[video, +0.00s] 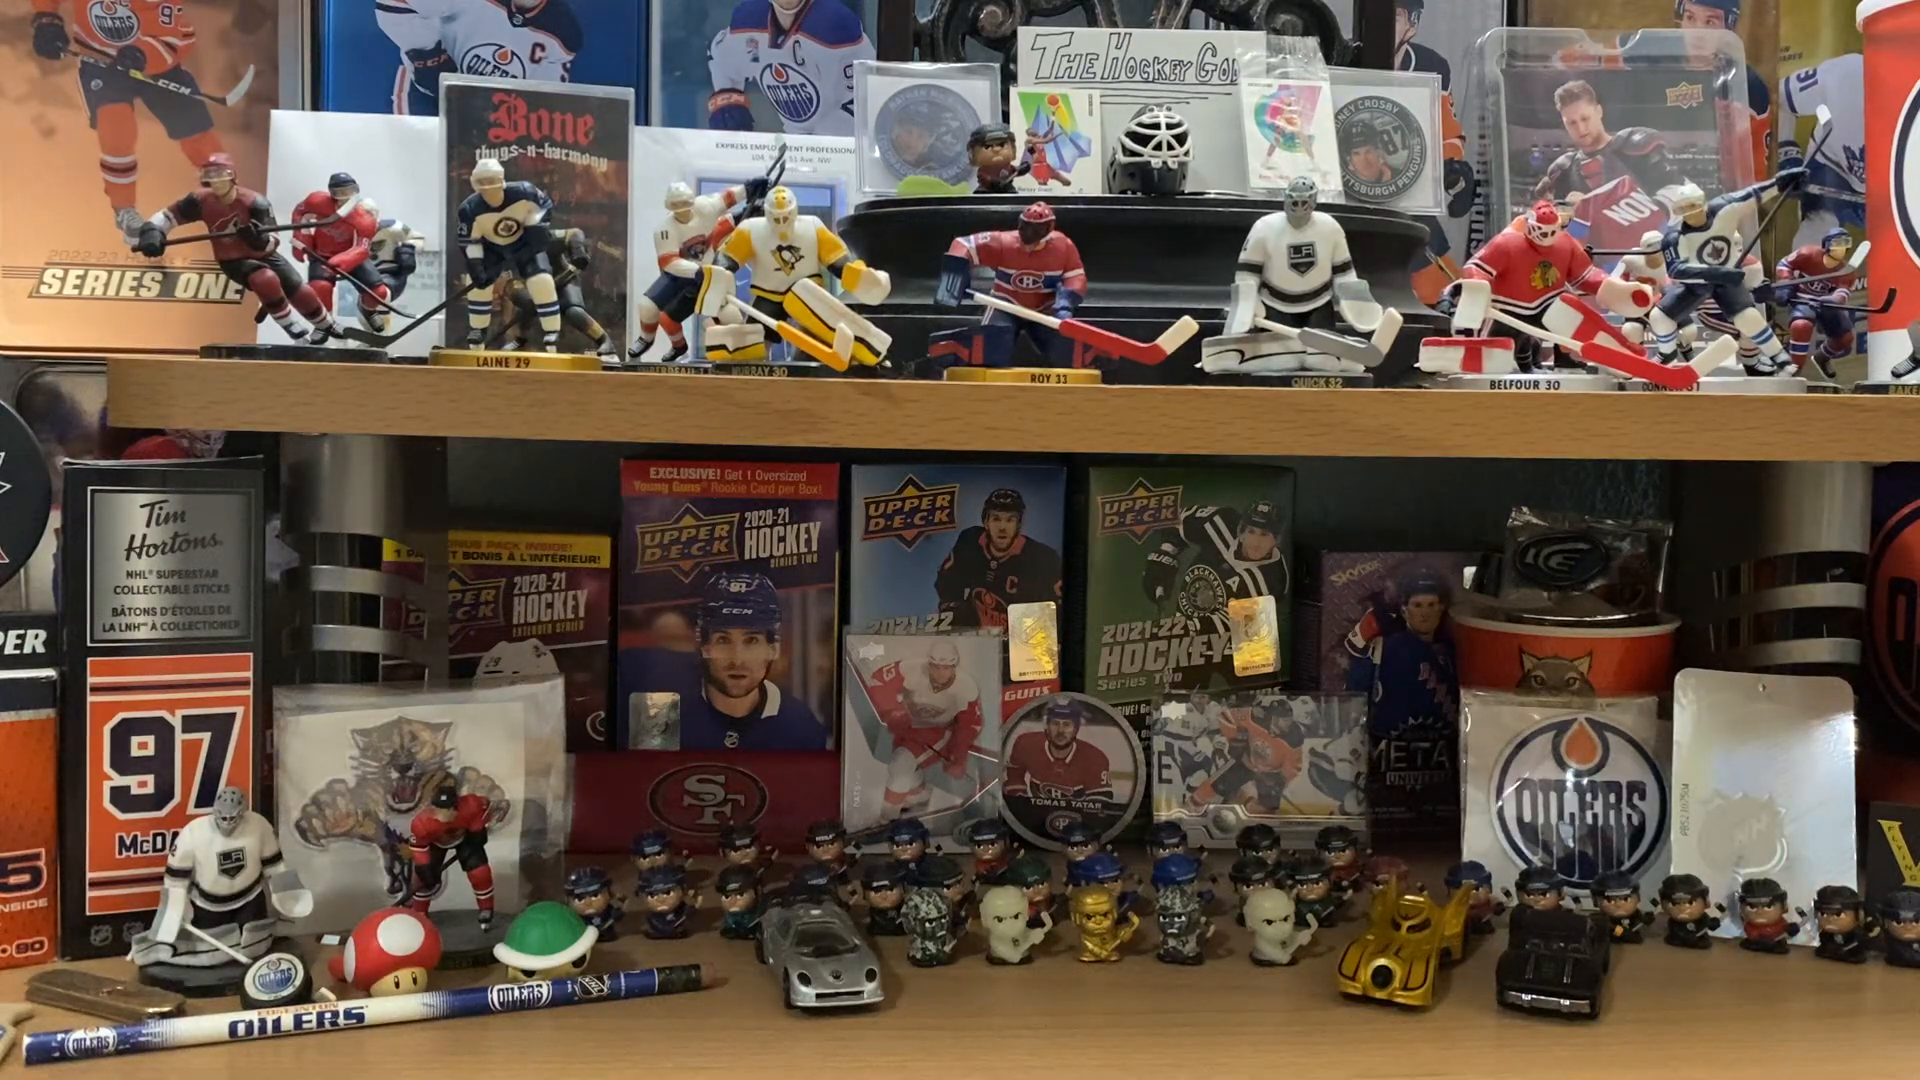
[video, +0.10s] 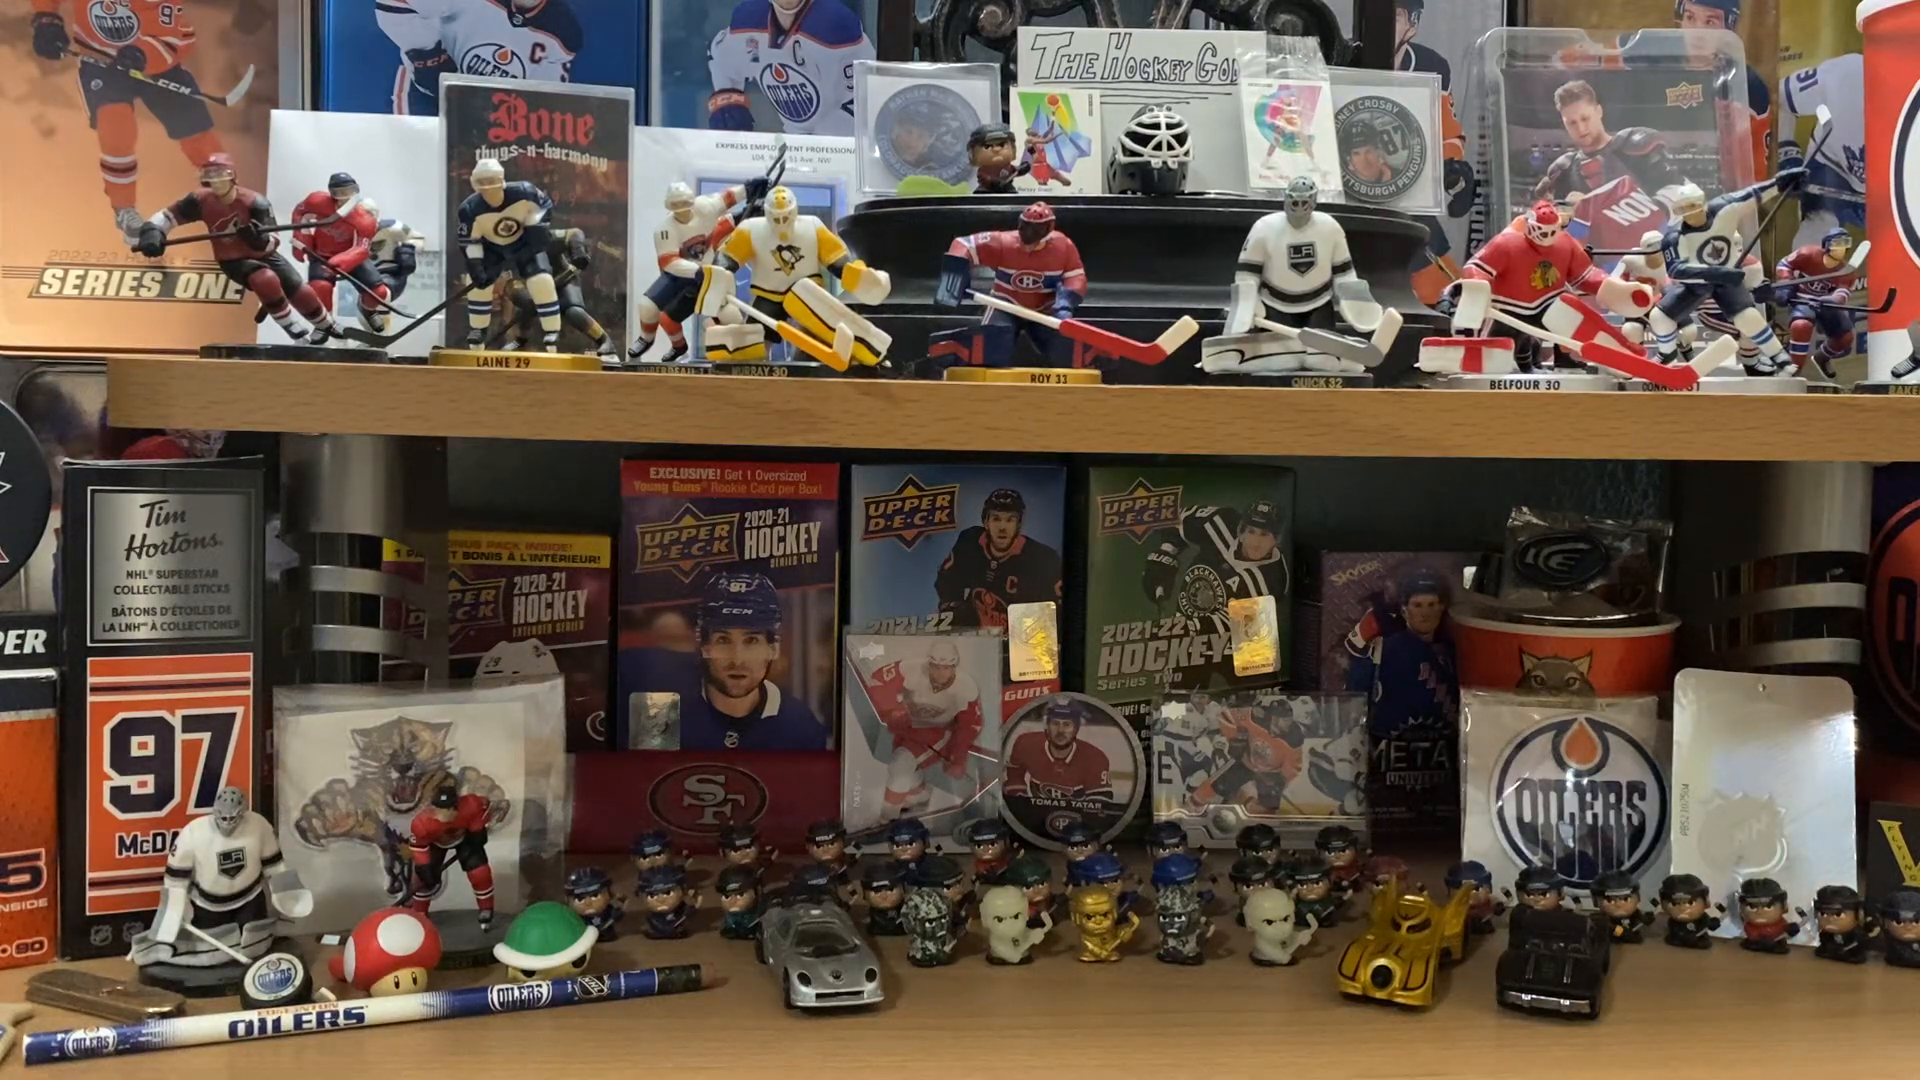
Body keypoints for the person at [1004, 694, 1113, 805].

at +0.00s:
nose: (1060, 730)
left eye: (1066, 724)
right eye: (1055, 724)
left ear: (1076, 729)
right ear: (1047, 726)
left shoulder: (1095, 758)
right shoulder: (1025, 744)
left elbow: (1099, 802)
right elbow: (1014, 777)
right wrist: (1021, 804)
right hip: (1034, 811)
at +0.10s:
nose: (1060, 730)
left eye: (1066, 725)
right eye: (1055, 724)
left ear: (1076, 729)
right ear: (1047, 727)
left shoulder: (1095, 758)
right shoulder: (1026, 744)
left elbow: (1100, 801)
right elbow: (1014, 777)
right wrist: (1021, 804)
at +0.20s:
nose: (1060, 730)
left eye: (1066, 724)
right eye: (1055, 724)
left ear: (1076, 729)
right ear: (1046, 726)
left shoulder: (1095, 758)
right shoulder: (1025, 744)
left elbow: (1099, 803)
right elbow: (1014, 779)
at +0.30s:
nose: (1060, 731)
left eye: (1066, 725)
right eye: (1055, 724)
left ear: (1076, 729)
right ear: (1047, 726)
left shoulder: (1095, 759)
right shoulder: (1025, 744)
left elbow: (1099, 803)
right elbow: (1014, 778)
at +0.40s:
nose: (1060, 730)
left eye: (1066, 724)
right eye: (1055, 724)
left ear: (1076, 729)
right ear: (1047, 726)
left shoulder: (1095, 758)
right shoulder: (1025, 744)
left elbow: (1099, 801)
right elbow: (1014, 778)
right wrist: (1023, 806)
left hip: (1075, 816)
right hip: (1034, 812)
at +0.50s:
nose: (1060, 730)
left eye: (1067, 724)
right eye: (1055, 724)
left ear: (1076, 729)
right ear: (1047, 726)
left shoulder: (1095, 758)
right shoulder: (1025, 744)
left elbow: (1099, 801)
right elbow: (1014, 778)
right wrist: (1023, 807)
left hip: (1075, 817)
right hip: (1034, 812)